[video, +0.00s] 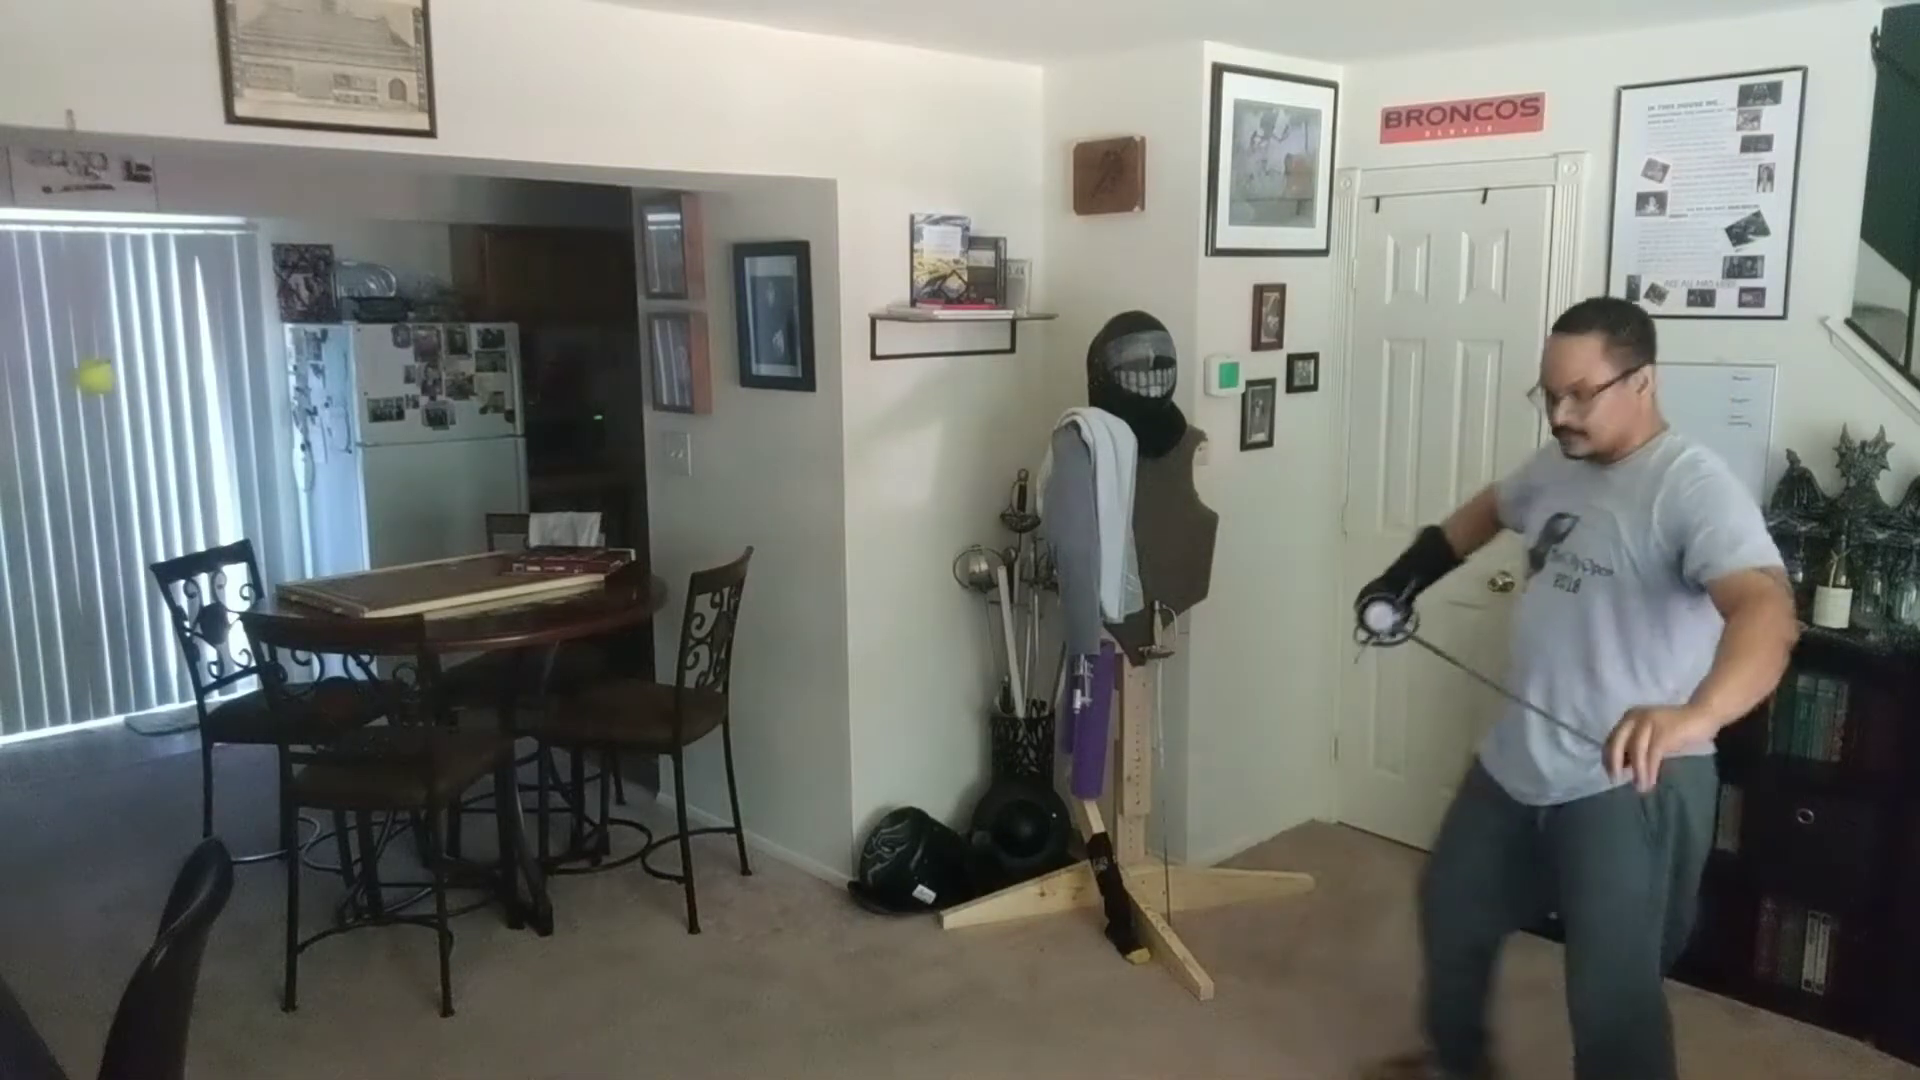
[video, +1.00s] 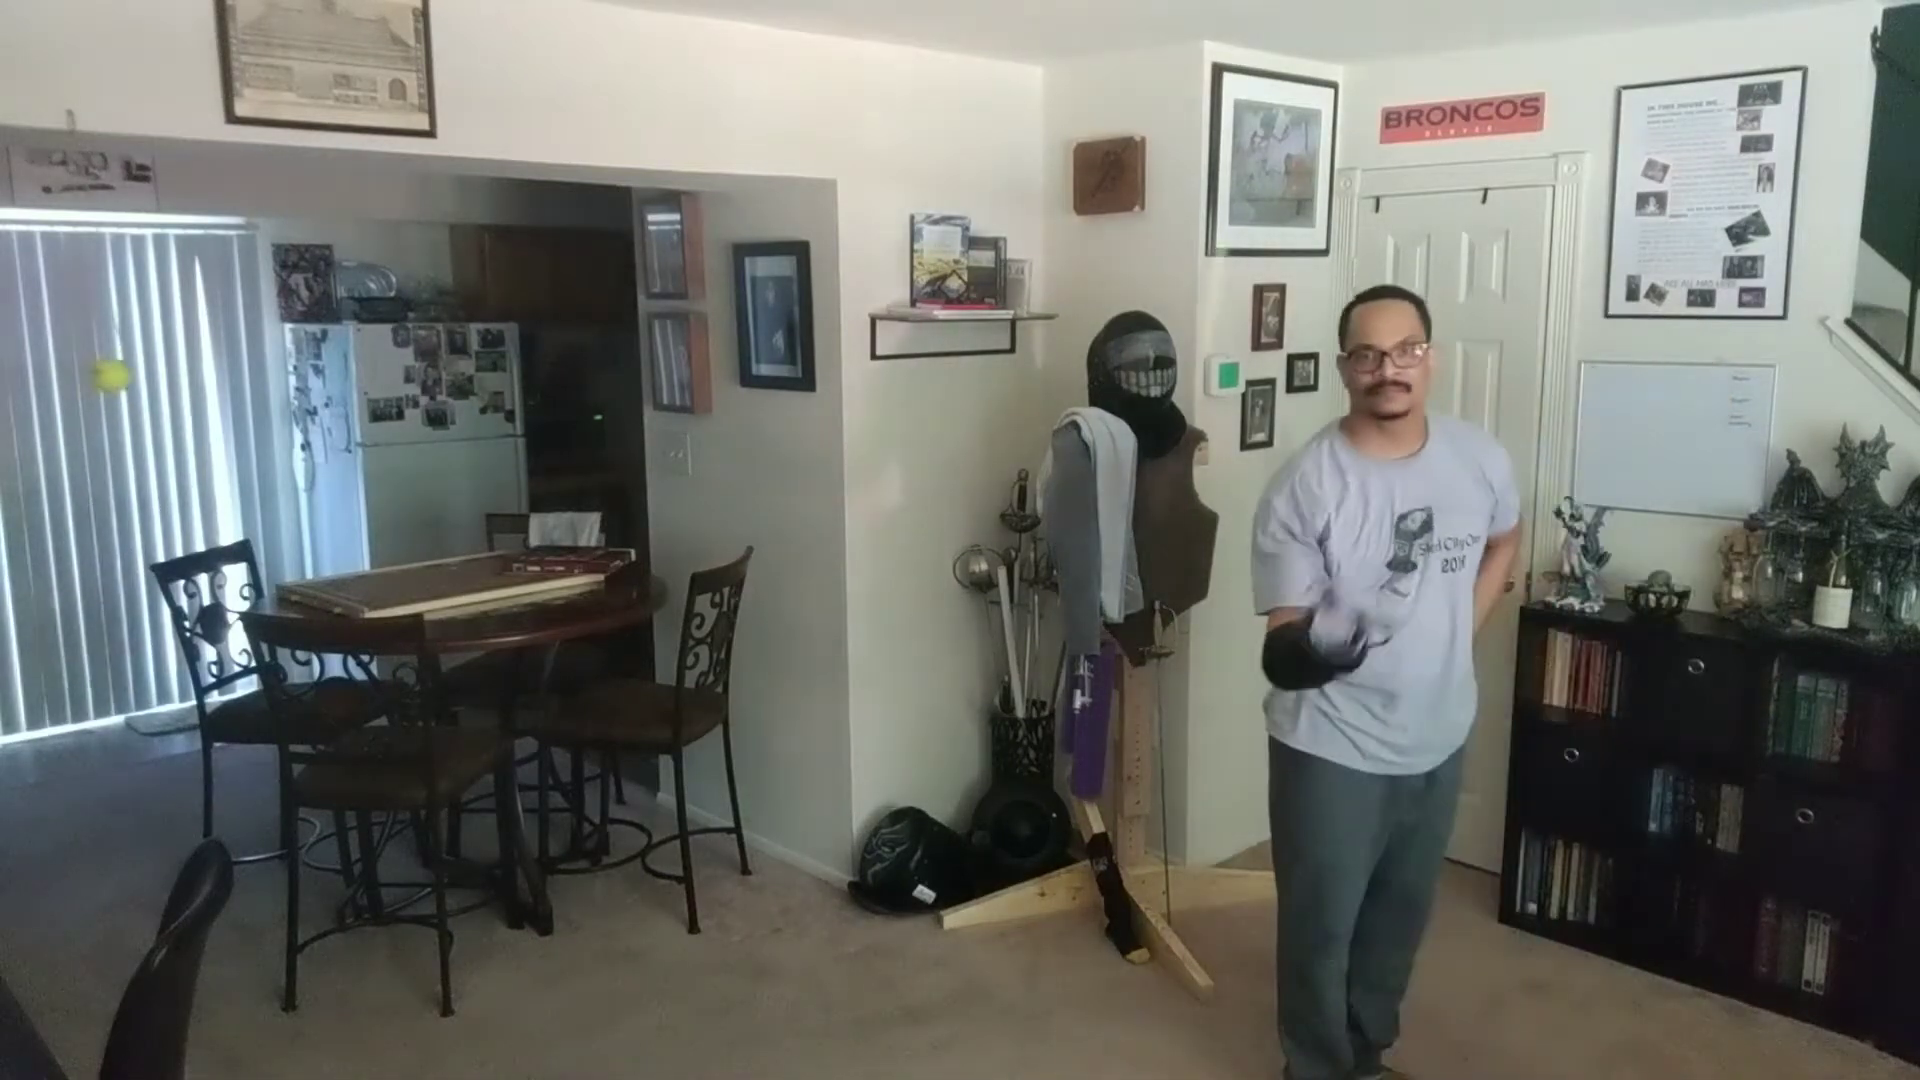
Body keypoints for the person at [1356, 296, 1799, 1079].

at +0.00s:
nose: (1560, 415)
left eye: (1578, 394)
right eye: (1551, 395)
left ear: (1642, 383)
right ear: (1542, 387)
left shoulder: (1693, 484)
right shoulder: (1556, 466)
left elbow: (1768, 615)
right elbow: (1487, 513)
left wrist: (1700, 713)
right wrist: (1406, 576)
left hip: (1634, 782)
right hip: (1520, 757)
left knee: (1613, 990)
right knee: (1452, 907)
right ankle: (1456, 1060)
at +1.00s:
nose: (1388, 369)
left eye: (1405, 351)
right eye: (1367, 355)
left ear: (1430, 360)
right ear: (1344, 369)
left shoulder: (1478, 457)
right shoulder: (1304, 487)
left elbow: (1505, 542)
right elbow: (1282, 635)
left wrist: (1461, 631)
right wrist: (1311, 655)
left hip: (1437, 736)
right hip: (1332, 743)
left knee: (1400, 912)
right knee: (1322, 922)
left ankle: (1370, 1049)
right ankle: (1316, 1063)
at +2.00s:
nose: (1391, 365)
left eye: (1406, 347)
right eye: (1370, 352)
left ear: (1428, 355)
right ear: (1345, 367)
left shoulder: (1479, 458)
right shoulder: (1309, 471)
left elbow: (1503, 556)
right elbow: (1249, 589)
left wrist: (1453, 625)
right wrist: (1176, 707)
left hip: (1436, 726)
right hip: (1332, 727)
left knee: (1395, 908)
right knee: (1319, 909)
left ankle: (1365, 1053)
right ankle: (1313, 1062)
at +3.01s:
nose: (1458, 386)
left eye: (1480, 370)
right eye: (1442, 369)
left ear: (1518, 380)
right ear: (1424, 378)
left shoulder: (1575, 485)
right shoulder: (1372, 491)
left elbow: (1653, 559)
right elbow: (1343, 619)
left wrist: (1594, 682)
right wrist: (1319, 746)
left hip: (1539, 778)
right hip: (1398, 771)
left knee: (1583, 977)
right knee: (1337, 967)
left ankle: (1637, 1074)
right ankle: (1318, 1070)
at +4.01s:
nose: (1638, 374)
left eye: (1660, 360)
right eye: (1640, 357)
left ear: (1723, 373)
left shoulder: (1824, 472)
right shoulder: (1635, 497)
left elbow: (1917, 572)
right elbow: (1626, 638)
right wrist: (1600, 770)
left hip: (1804, 759)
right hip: (1685, 759)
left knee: (1739, 971)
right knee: (1682, 960)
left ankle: (1729, 1072)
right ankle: (1711, 1065)